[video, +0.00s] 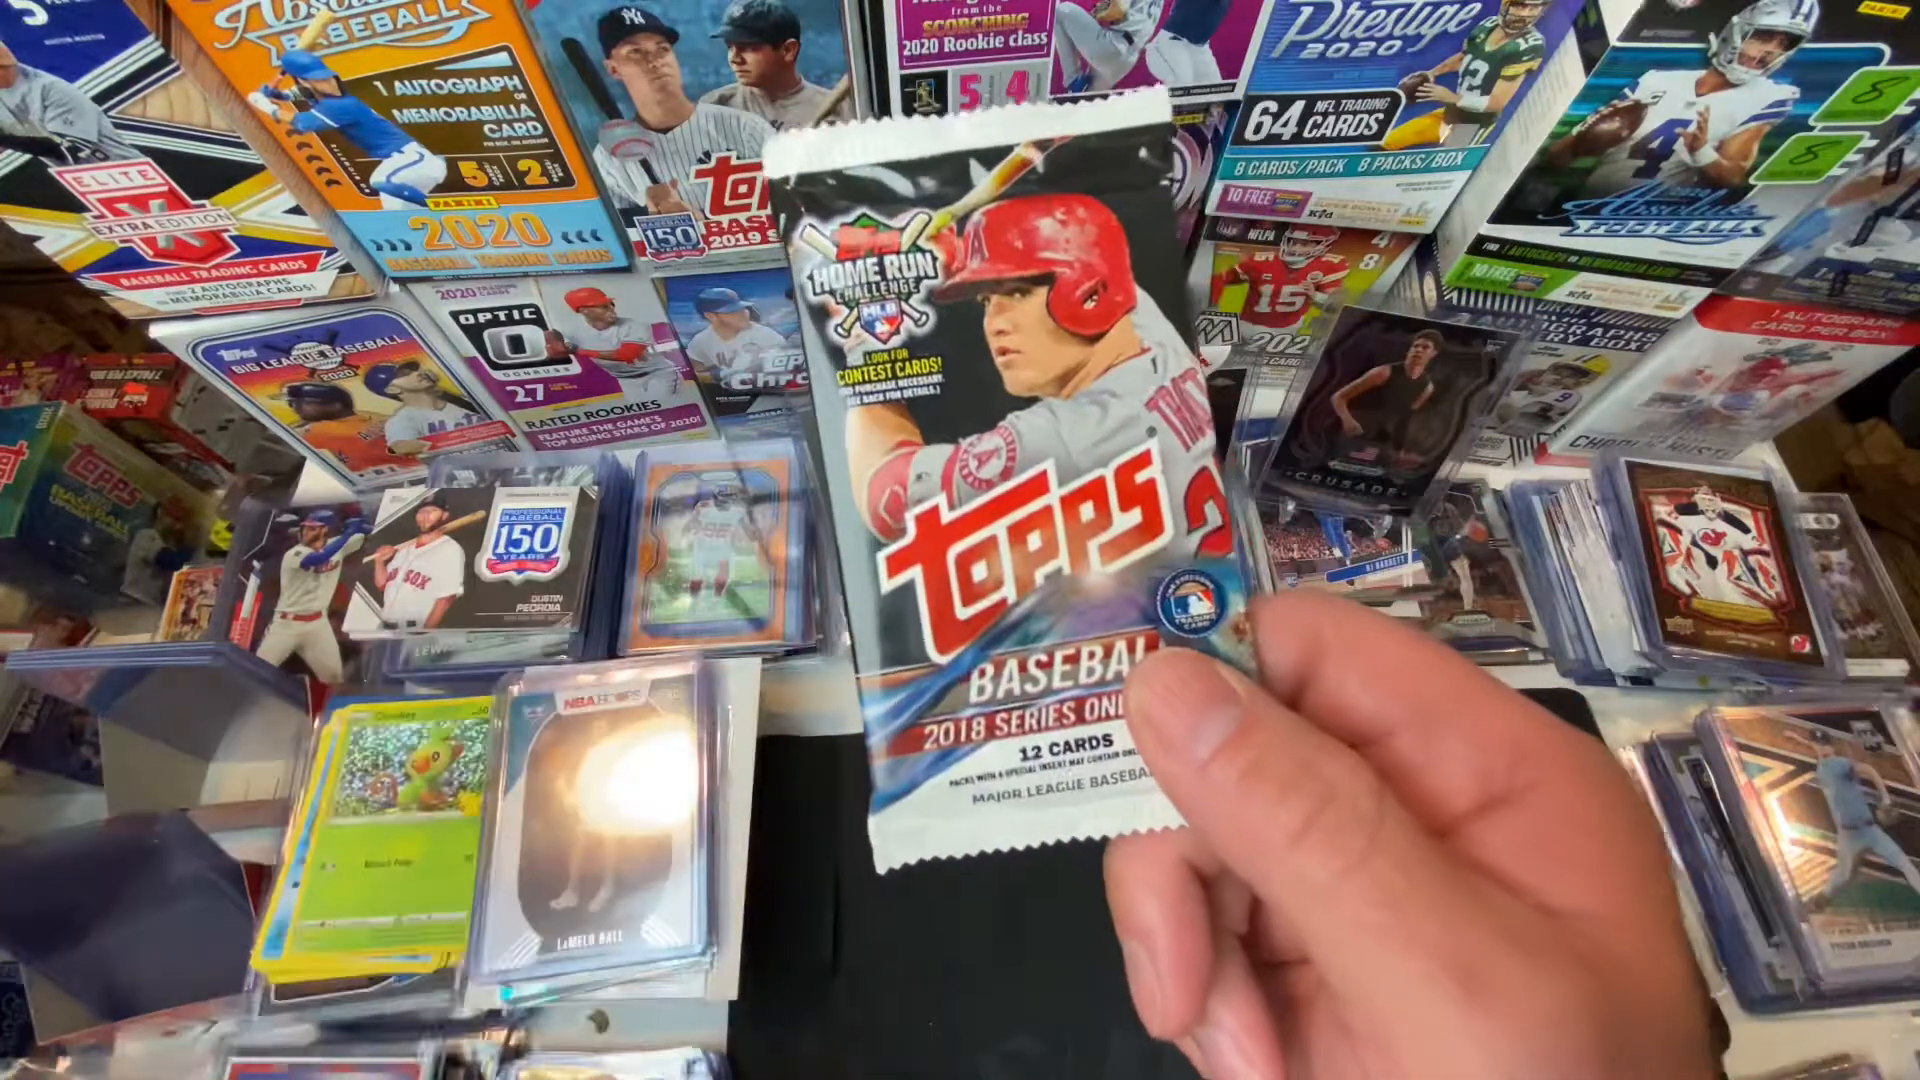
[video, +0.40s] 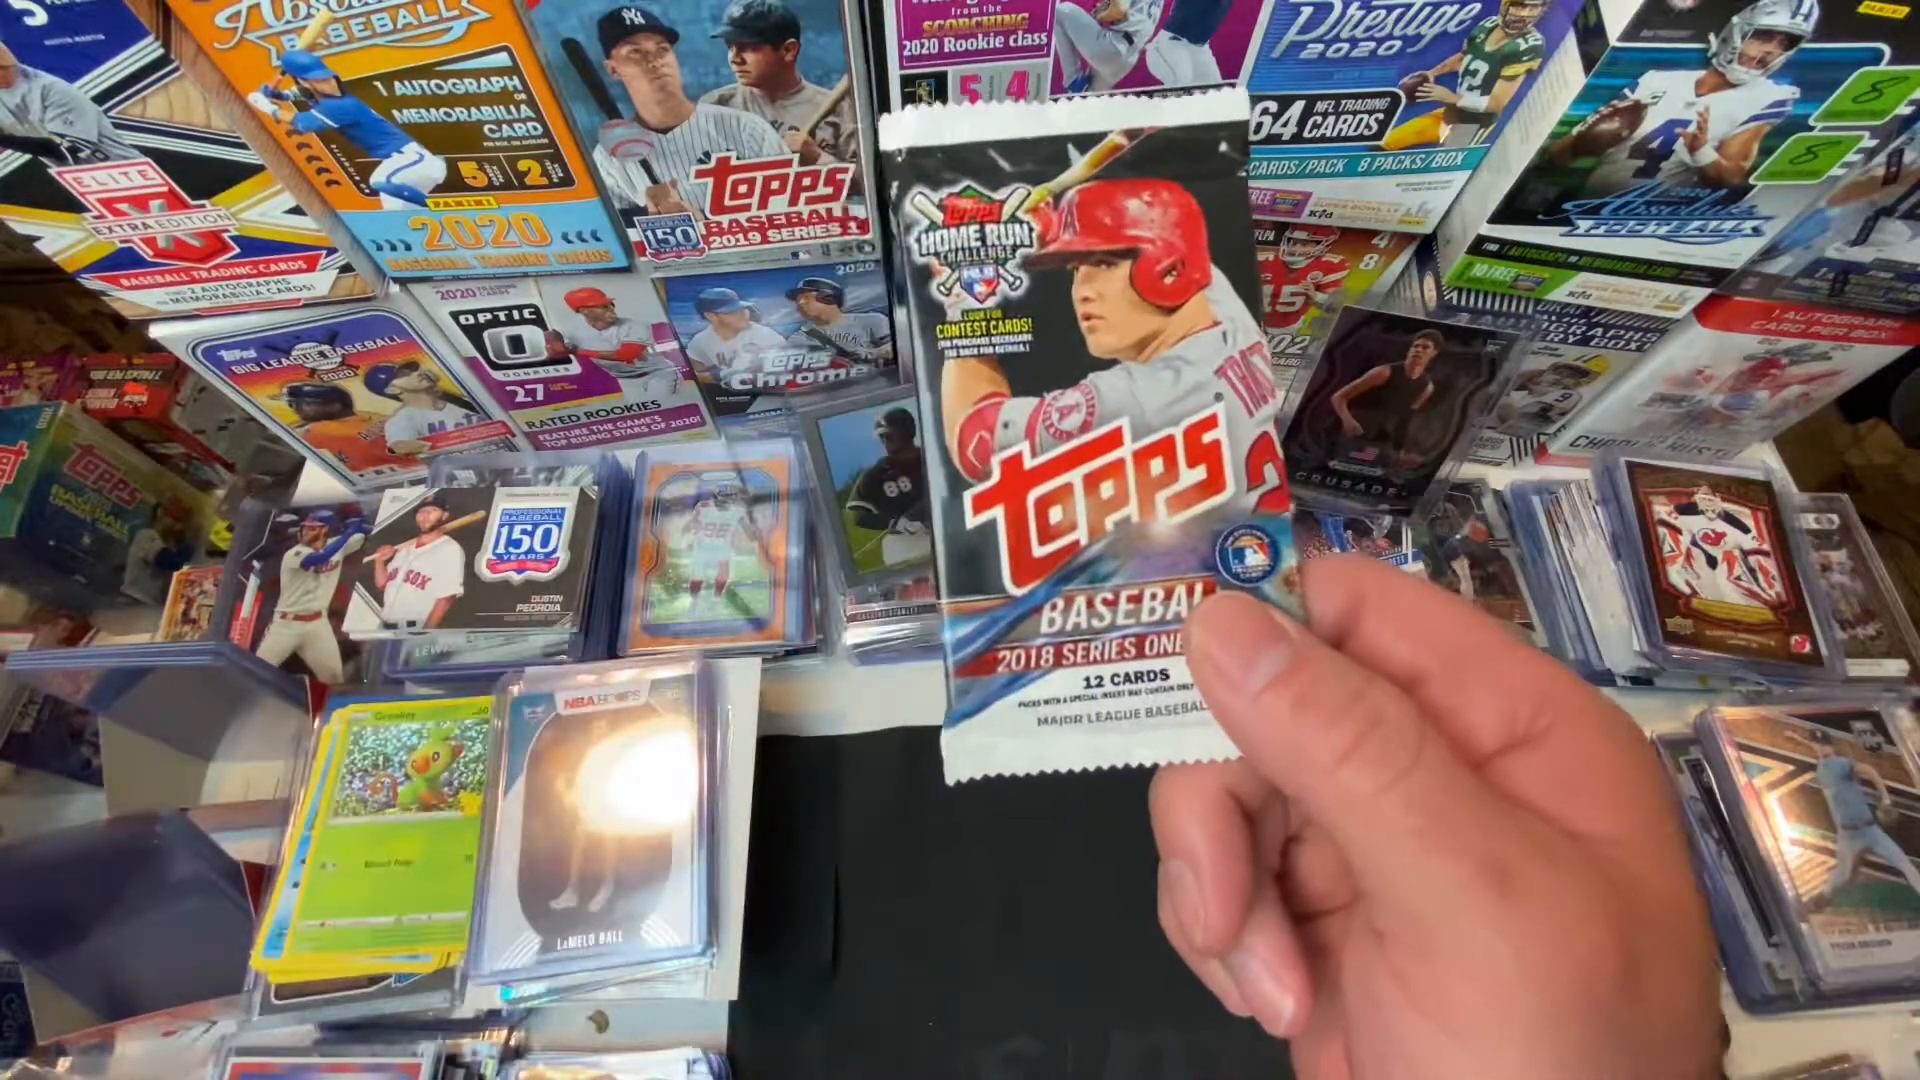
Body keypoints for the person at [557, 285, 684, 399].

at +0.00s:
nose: (612, 310)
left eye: (611, 306)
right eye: (605, 307)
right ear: (586, 312)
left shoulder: (633, 325)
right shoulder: (578, 336)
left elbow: (628, 354)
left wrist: (584, 354)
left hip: (658, 372)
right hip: (625, 379)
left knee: (656, 405)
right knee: (631, 409)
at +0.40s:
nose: (612, 310)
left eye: (611, 306)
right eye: (605, 307)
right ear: (586, 312)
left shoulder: (632, 326)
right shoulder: (578, 336)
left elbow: (628, 354)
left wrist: (582, 353)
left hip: (658, 372)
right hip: (624, 379)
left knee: (656, 402)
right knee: (630, 407)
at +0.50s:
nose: (612, 310)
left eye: (611, 305)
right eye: (605, 307)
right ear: (586, 312)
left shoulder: (633, 325)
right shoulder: (577, 335)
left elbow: (628, 354)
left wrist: (582, 353)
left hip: (658, 371)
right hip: (624, 377)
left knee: (656, 399)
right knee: (631, 404)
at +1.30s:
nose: (613, 311)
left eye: (611, 306)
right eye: (605, 307)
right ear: (587, 312)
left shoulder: (633, 326)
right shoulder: (578, 336)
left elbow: (628, 355)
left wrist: (583, 353)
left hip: (657, 371)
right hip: (624, 378)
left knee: (657, 397)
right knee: (630, 404)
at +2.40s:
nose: (612, 309)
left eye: (611, 305)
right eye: (604, 307)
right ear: (586, 312)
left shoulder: (633, 326)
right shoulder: (578, 337)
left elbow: (627, 355)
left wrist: (579, 352)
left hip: (659, 374)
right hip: (627, 381)